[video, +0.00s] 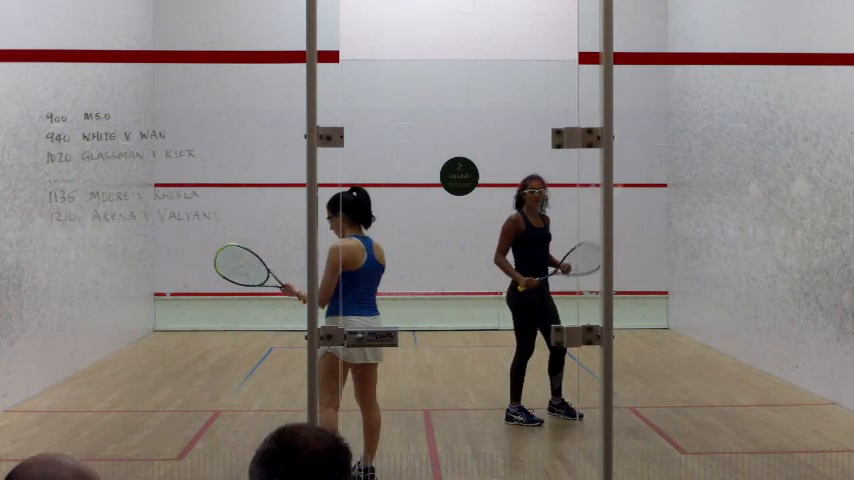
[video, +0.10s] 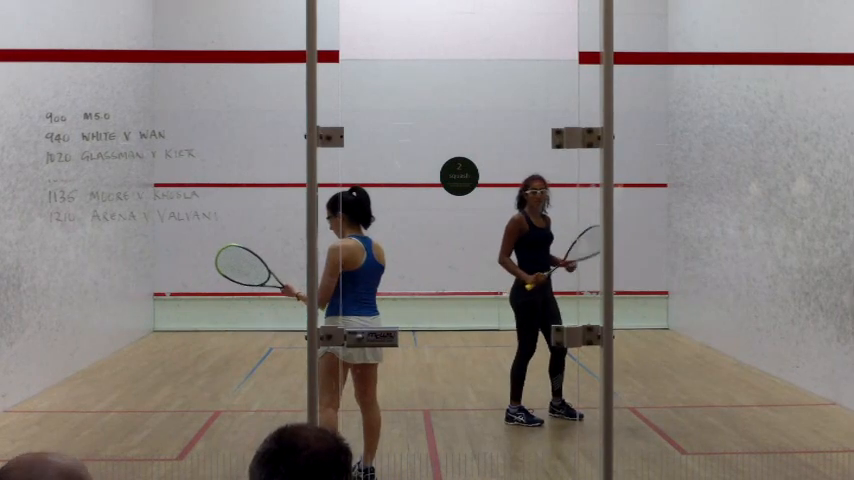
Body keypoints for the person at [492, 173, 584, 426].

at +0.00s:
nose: (538, 194)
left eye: (541, 190)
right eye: (532, 190)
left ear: (545, 194)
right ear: (523, 194)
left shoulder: (544, 221)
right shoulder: (515, 222)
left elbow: (541, 254)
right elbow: (499, 258)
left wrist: (559, 264)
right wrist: (519, 278)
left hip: (541, 291)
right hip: (521, 293)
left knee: (558, 345)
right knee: (524, 349)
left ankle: (556, 402)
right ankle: (514, 407)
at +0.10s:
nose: (539, 194)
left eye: (543, 190)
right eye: (534, 190)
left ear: (547, 194)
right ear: (525, 194)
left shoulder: (545, 221)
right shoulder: (517, 222)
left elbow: (540, 254)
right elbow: (503, 258)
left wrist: (561, 262)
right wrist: (525, 277)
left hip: (544, 292)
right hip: (524, 294)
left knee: (559, 346)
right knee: (526, 349)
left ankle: (557, 402)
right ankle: (514, 408)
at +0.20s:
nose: (543, 194)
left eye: (546, 190)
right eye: (537, 190)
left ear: (549, 194)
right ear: (527, 194)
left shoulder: (547, 220)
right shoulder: (521, 222)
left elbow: (542, 255)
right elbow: (507, 258)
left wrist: (565, 260)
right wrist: (531, 276)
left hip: (548, 291)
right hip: (529, 293)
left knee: (558, 346)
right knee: (527, 349)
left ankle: (557, 402)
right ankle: (514, 407)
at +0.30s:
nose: (546, 193)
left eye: (549, 189)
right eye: (540, 189)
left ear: (552, 193)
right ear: (530, 193)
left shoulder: (550, 219)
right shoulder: (523, 220)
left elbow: (546, 254)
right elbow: (510, 257)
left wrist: (569, 258)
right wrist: (535, 275)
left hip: (551, 290)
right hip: (532, 291)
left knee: (557, 345)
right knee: (529, 348)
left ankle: (557, 402)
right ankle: (515, 407)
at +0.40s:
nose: (550, 193)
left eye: (553, 189)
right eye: (544, 189)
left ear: (556, 194)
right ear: (535, 193)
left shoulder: (553, 220)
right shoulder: (527, 220)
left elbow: (549, 254)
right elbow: (513, 256)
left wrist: (573, 257)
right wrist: (538, 275)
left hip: (555, 290)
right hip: (535, 291)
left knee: (556, 346)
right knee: (531, 348)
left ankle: (557, 402)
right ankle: (515, 407)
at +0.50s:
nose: (550, 191)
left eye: (554, 187)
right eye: (545, 187)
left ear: (559, 193)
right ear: (537, 192)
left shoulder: (556, 219)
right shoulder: (529, 220)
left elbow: (552, 254)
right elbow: (514, 255)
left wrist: (575, 257)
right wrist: (538, 275)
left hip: (557, 289)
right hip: (537, 291)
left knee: (556, 346)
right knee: (532, 347)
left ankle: (556, 402)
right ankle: (515, 407)